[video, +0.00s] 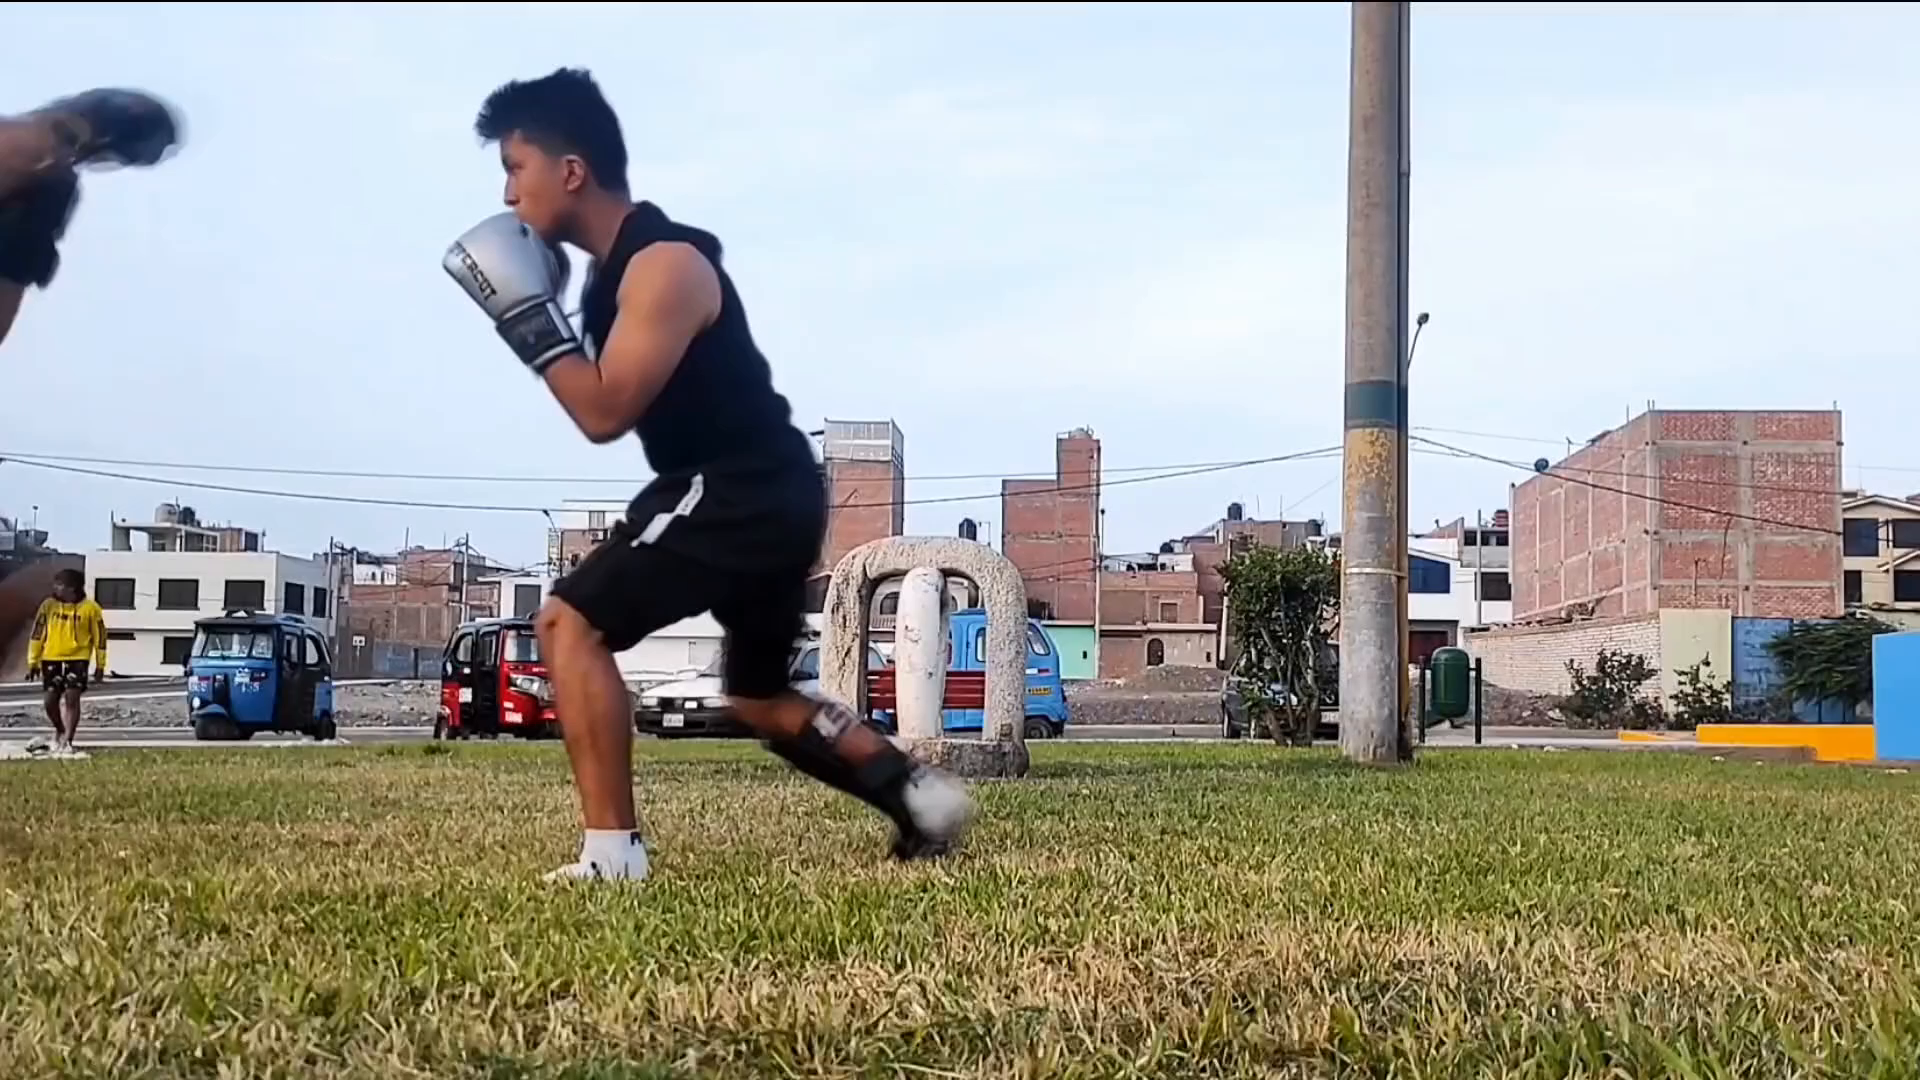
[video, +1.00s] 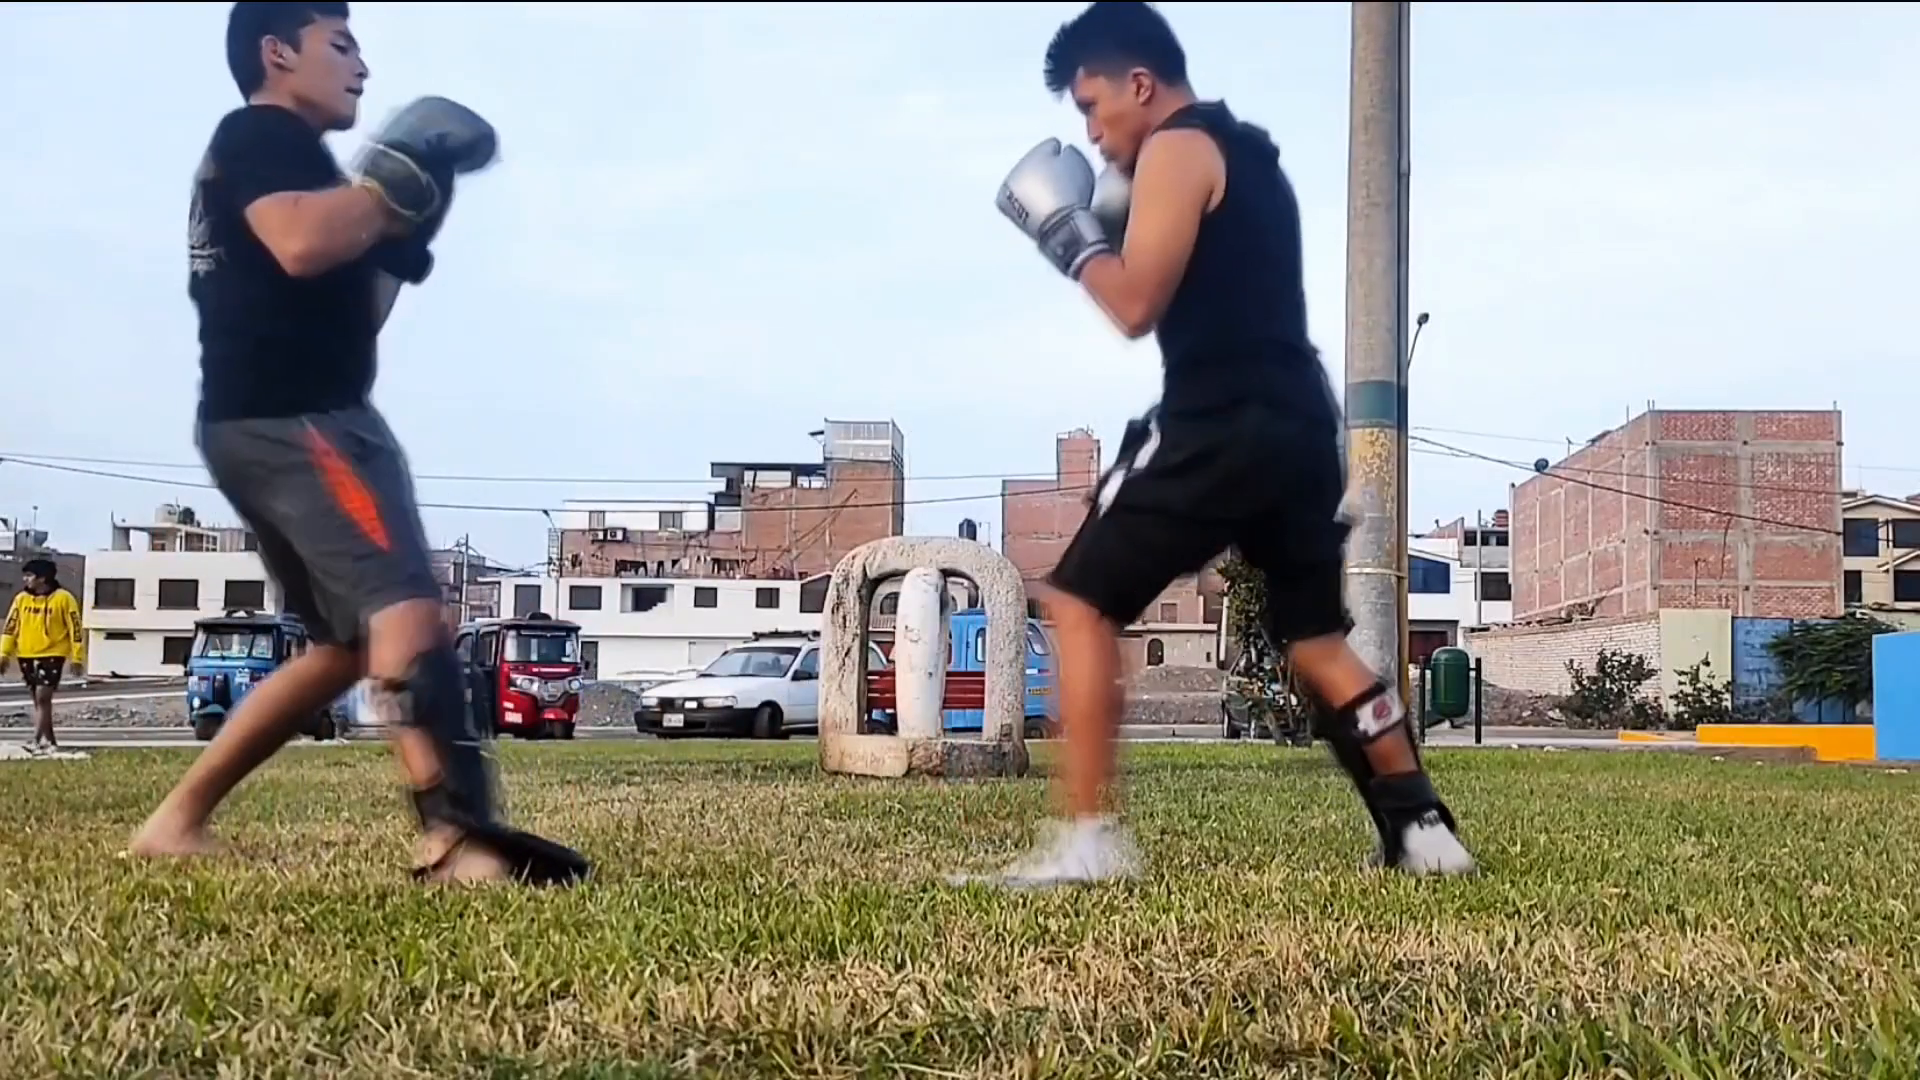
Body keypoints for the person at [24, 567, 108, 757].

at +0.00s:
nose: (55, 589)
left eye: (59, 586)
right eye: (55, 585)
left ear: (73, 588)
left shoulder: (91, 609)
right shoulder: (49, 605)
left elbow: (100, 639)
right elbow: (37, 634)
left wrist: (100, 666)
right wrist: (33, 661)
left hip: (77, 659)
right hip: (52, 659)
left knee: (71, 699)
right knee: (49, 702)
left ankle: (68, 740)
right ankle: (59, 730)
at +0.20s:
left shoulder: (89, 605)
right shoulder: (50, 602)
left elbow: (97, 633)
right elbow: (37, 628)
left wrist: (96, 661)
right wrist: (32, 657)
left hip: (77, 655)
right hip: (50, 653)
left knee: (71, 701)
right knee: (44, 695)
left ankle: (67, 741)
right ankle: (52, 737)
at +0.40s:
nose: (47, 586)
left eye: (51, 582)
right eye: (47, 582)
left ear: (62, 585)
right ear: (57, 585)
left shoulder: (82, 605)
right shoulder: (43, 604)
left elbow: (86, 637)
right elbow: (34, 635)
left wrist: (81, 663)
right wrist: (31, 662)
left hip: (69, 660)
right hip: (46, 659)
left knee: (70, 701)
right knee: (46, 696)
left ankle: (68, 741)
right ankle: (48, 739)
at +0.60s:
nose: (37, 582)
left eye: (41, 578)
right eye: (37, 578)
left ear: (54, 580)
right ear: (44, 580)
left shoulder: (76, 601)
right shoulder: (34, 602)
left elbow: (80, 634)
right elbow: (27, 634)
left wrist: (66, 657)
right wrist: (26, 661)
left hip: (66, 659)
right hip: (40, 658)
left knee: (65, 700)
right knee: (45, 700)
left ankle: (69, 737)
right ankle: (49, 739)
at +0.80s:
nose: (31, 579)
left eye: (35, 575)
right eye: (31, 575)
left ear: (49, 577)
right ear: (38, 578)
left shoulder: (70, 598)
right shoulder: (27, 600)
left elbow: (78, 630)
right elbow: (18, 630)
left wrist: (67, 652)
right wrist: (16, 659)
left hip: (58, 654)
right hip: (34, 654)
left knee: (53, 694)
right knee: (42, 698)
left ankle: (61, 736)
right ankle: (48, 739)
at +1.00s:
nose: (25, 580)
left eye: (29, 576)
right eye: (25, 576)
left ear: (42, 578)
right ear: (35, 578)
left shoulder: (64, 598)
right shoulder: (21, 599)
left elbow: (76, 630)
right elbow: (10, 628)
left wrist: (77, 657)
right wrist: (4, 653)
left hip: (52, 653)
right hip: (27, 654)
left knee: (43, 696)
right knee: (38, 699)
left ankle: (36, 740)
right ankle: (50, 740)